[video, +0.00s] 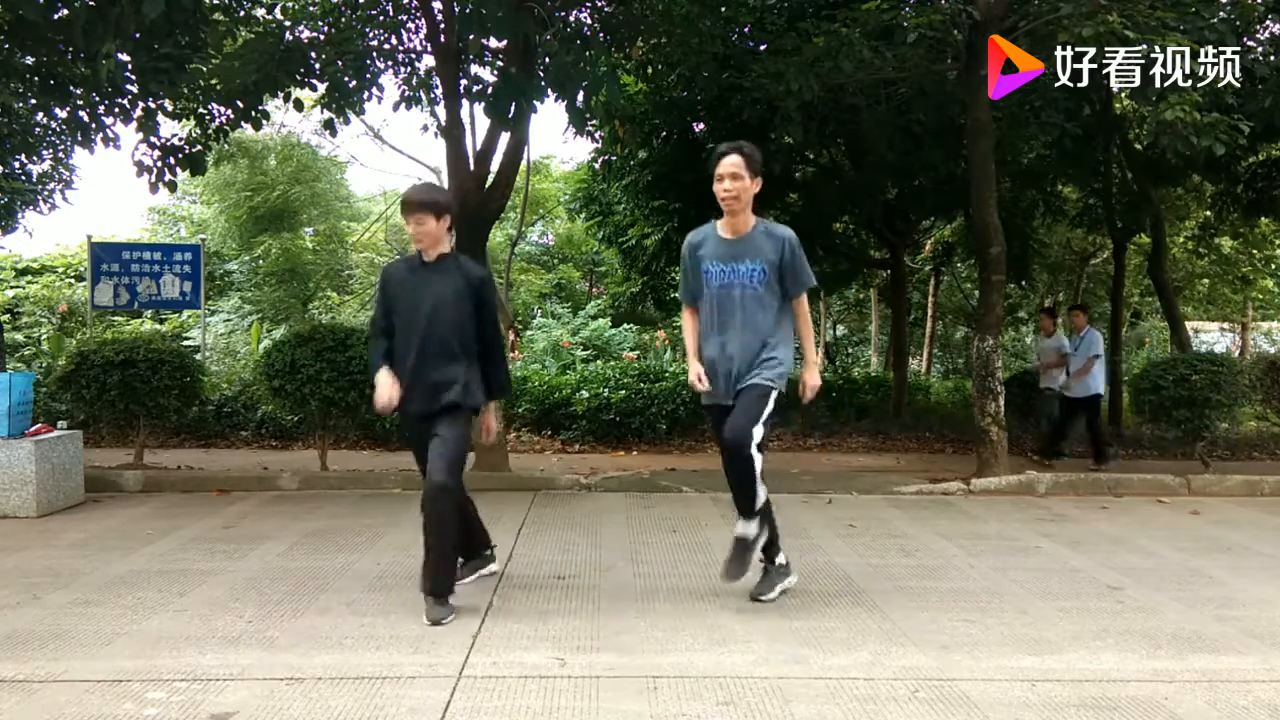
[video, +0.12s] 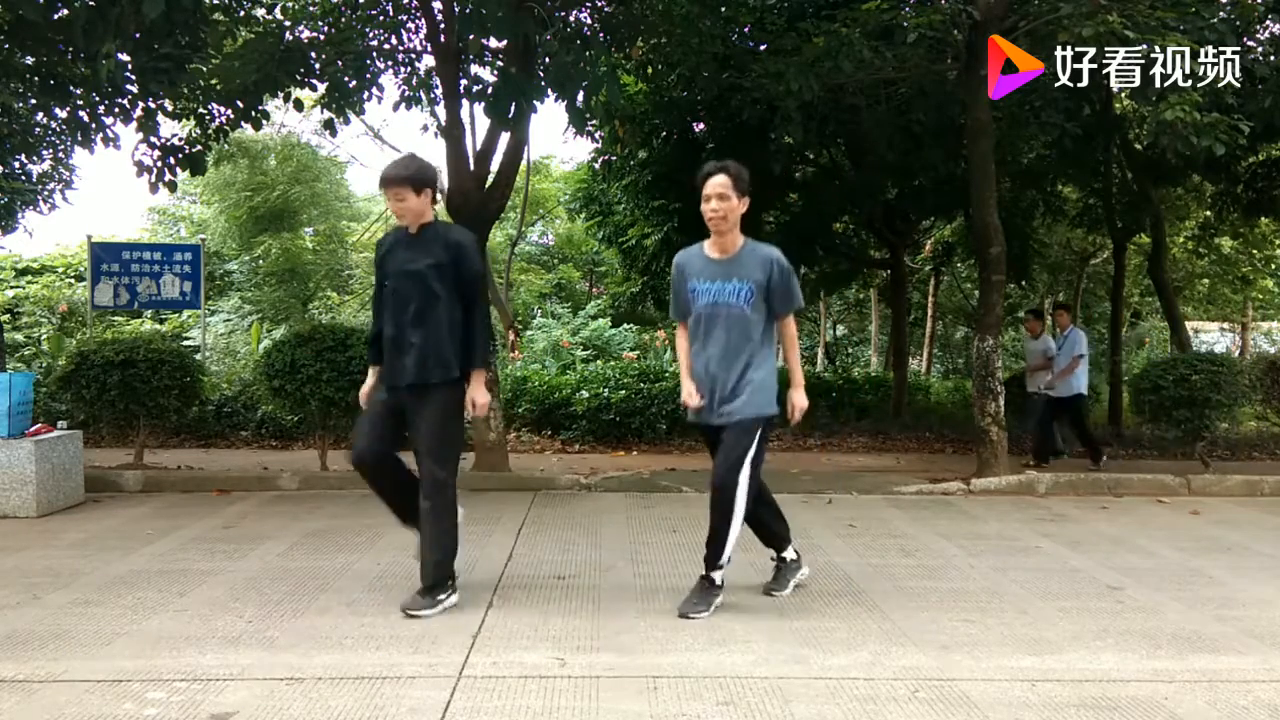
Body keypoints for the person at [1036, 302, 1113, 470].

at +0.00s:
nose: (1074, 320)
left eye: (1077, 316)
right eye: (1071, 317)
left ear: (1085, 317)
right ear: (1070, 319)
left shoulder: (1094, 336)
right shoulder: (1074, 339)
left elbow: (1091, 362)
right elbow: (1069, 360)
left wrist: (1073, 377)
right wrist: (1048, 365)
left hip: (1090, 390)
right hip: (1073, 389)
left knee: (1093, 426)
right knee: (1062, 424)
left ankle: (1100, 458)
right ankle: (1049, 453)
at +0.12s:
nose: (1057, 319)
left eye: (1060, 315)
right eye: (1055, 316)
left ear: (1069, 316)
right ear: (1054, 319)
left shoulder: (1078, 335)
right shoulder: (1060, 338)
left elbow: (1076, 362)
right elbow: (1056, 362)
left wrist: (1054, 379)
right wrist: (1035, 368)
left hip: (1073, 390)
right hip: (1057, 390)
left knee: (1080, 428)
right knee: (1043, 423)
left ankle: (1097, 456)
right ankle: (1041, 458)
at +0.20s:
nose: (1051, 319)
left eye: (1053, 315)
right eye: (1049, 316)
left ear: (1062, 315)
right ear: (1048, 318)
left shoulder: (1070, 334)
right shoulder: (1054, 338)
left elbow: (1070, 360)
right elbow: (1049, 362)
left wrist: (1051, 381)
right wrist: (1027, 368)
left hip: (1066, 388)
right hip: (1051, 388)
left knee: (1066, 425)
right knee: (1039, 422)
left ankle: (1091, 453)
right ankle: (1041, 458)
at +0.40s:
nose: (1031, 317)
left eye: (1034, 312)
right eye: (1029, 314)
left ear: (1043, 313)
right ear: (1028, 316)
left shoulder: (1051, 332)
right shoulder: (1033, 335)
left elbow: (1057, 360)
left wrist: (1058, 386)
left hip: (1044, 386)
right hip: (1030, 386)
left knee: (1037, 422)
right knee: (1031, 422)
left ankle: (1041, 455)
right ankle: (1036, 455)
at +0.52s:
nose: (1018, 318)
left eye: (1021, 314)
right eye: (1016, 314)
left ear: (1031, 315)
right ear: (1015, 317)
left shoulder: (1040, 335)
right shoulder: (1016, 336)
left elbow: (1048, 361)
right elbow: (1011, 359)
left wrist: (1058, 385)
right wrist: (1007, 363)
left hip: (1034, 386)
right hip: (1017, 387)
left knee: (1033, 423)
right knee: (1025, 424)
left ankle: (1040, 457)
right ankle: (1036, 456)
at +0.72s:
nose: (1000, 318)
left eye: (1003, 315)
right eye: (1000, 315)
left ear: (1011, 315)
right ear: (1001, 316)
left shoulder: (1018, 333)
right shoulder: (999, 335)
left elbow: (1029, 360)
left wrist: (1039, 384)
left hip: (1015, 385)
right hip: (1000, 385)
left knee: (1015, 422)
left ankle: (1033, 453)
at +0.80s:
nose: (992, 316)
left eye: (995, 312)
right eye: (989, 313)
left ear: (1000, 313)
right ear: (985, 315)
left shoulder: (1011, 332)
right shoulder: (987, 332)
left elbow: (1021, 360)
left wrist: (1028, 385)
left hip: (1010, 386)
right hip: (991, 386)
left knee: (1011, 421)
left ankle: (1022, 447)